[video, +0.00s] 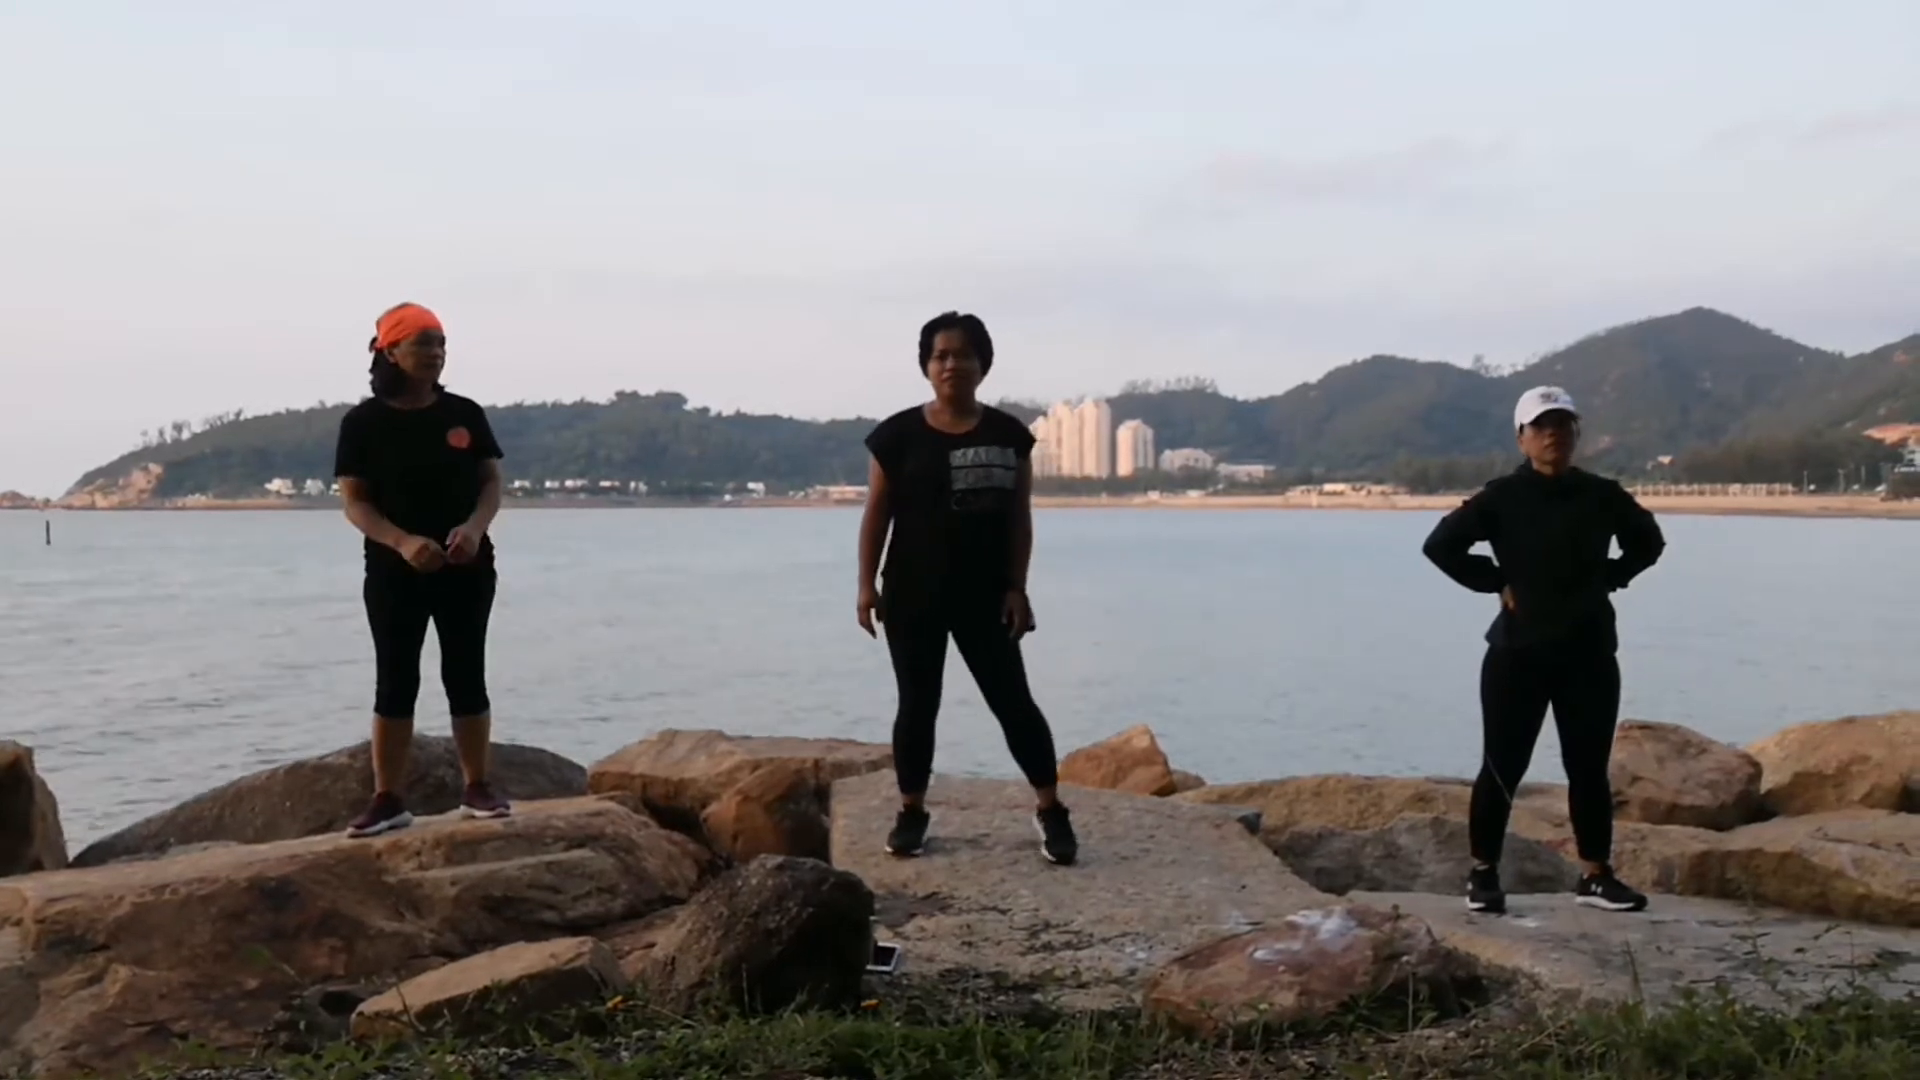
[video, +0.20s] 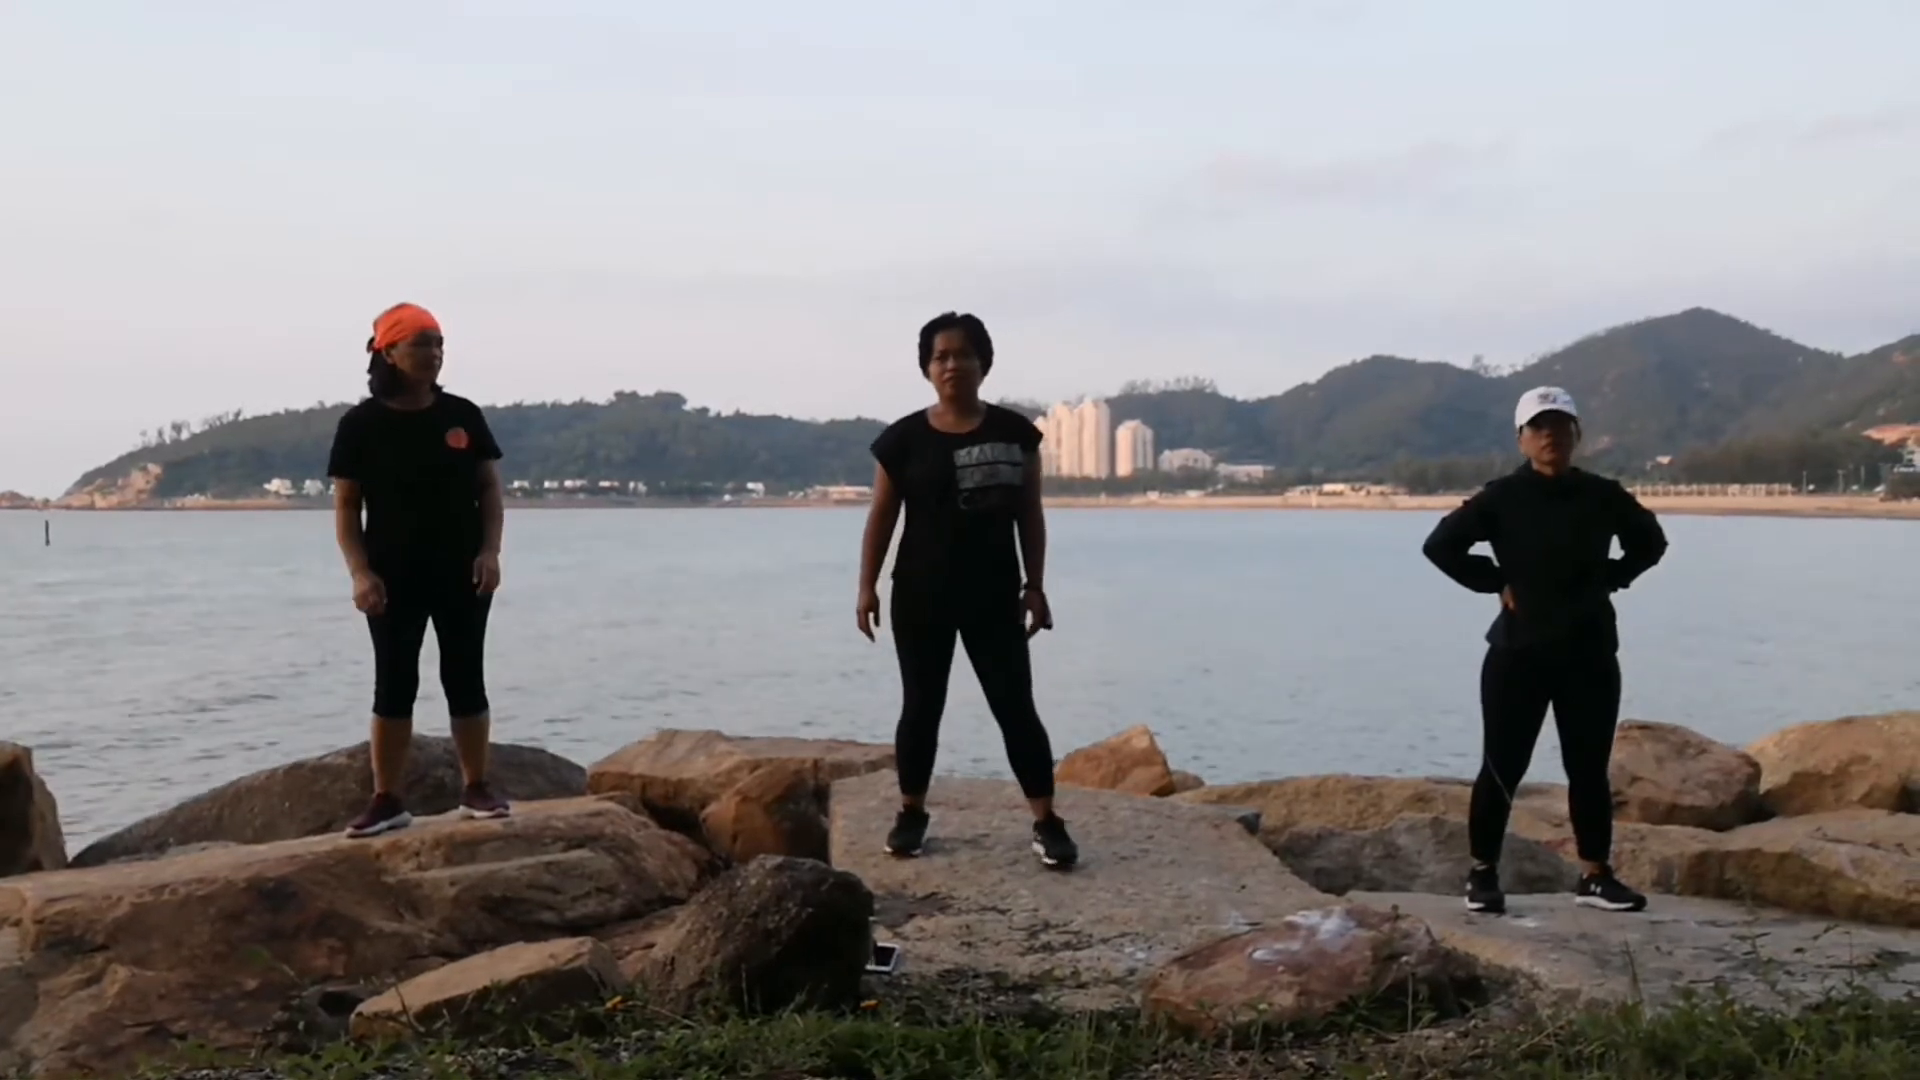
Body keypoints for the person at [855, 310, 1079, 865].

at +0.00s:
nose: (951, 365)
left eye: (963, 356)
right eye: (941, 356)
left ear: (983, 365)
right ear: (926, 365)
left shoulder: (1010, 435)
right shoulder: (897, 435)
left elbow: (1020, 518)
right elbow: (876, 515)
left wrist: (1018, 587)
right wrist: (866, 584)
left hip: (984, 595)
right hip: (914, 595)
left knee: (1016, 706)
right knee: (916, 707)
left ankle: (1051, 811)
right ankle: (911, 812)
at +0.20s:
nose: (951, 366)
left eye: (963, 356)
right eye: (941, 357)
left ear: (984, 364)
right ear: (927, 367)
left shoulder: (1016, 433)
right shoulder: (902, 439)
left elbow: (1031, 514)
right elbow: (881, 518)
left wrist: (1034, 585)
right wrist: (866, 585)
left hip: (993, 594)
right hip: (922, 596)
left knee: (1017, 710)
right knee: (920, 709)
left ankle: (1045, 821)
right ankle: (911, 813)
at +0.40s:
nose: (963, 368)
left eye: (973, 357)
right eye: (952, 360)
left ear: (998, 363)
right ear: (941, 371)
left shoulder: (1036, 434)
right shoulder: (923, 444)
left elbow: (1053, 513)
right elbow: (905, 523)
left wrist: (1057, 584)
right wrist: (890, 591)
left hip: (1013, 597)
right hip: (940, 598)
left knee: (1028, 712)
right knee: (930, 709)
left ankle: (1050, 823)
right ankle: (912, 813)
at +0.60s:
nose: (991, 369)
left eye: (1003, 358)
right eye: (980, 361)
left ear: (1027, 364)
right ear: (971, 372)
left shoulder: (1063, 433)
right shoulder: (951, 441)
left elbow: (1097, 508)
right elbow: (930, 524)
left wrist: (1073, 563)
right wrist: (924, 597)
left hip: (1041, 598)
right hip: (971, 598)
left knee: (1047, 713)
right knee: (947, 709)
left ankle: (1052, 824)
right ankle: (915, 810)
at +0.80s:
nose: (1013, 366)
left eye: (1025, 355)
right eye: (1003, 358)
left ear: (1048, 364)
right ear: (990, 369)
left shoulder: (1076, 427)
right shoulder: (968, 432)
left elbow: (1080, 487)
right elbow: (951, 514)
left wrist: (1001, 476)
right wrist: (947, 585)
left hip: (1048, 591)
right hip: (979, 588)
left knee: (1049, 710)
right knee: (953, 705)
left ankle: (1051, 824)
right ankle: (917, 811)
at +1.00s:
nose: (1021, 365)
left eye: (1033, 355)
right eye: (1010, 356)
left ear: (1055, 365)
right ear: (997, 366)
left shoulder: (1077, 427)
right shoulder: (972, 427)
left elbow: (1053, 483)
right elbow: (968, 510)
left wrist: (982, 459)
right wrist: (979, 579)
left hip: (1046, 587)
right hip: (978, 580)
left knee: (1046, 709)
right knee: (950, 701)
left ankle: (1050, 823)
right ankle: (916, 811)